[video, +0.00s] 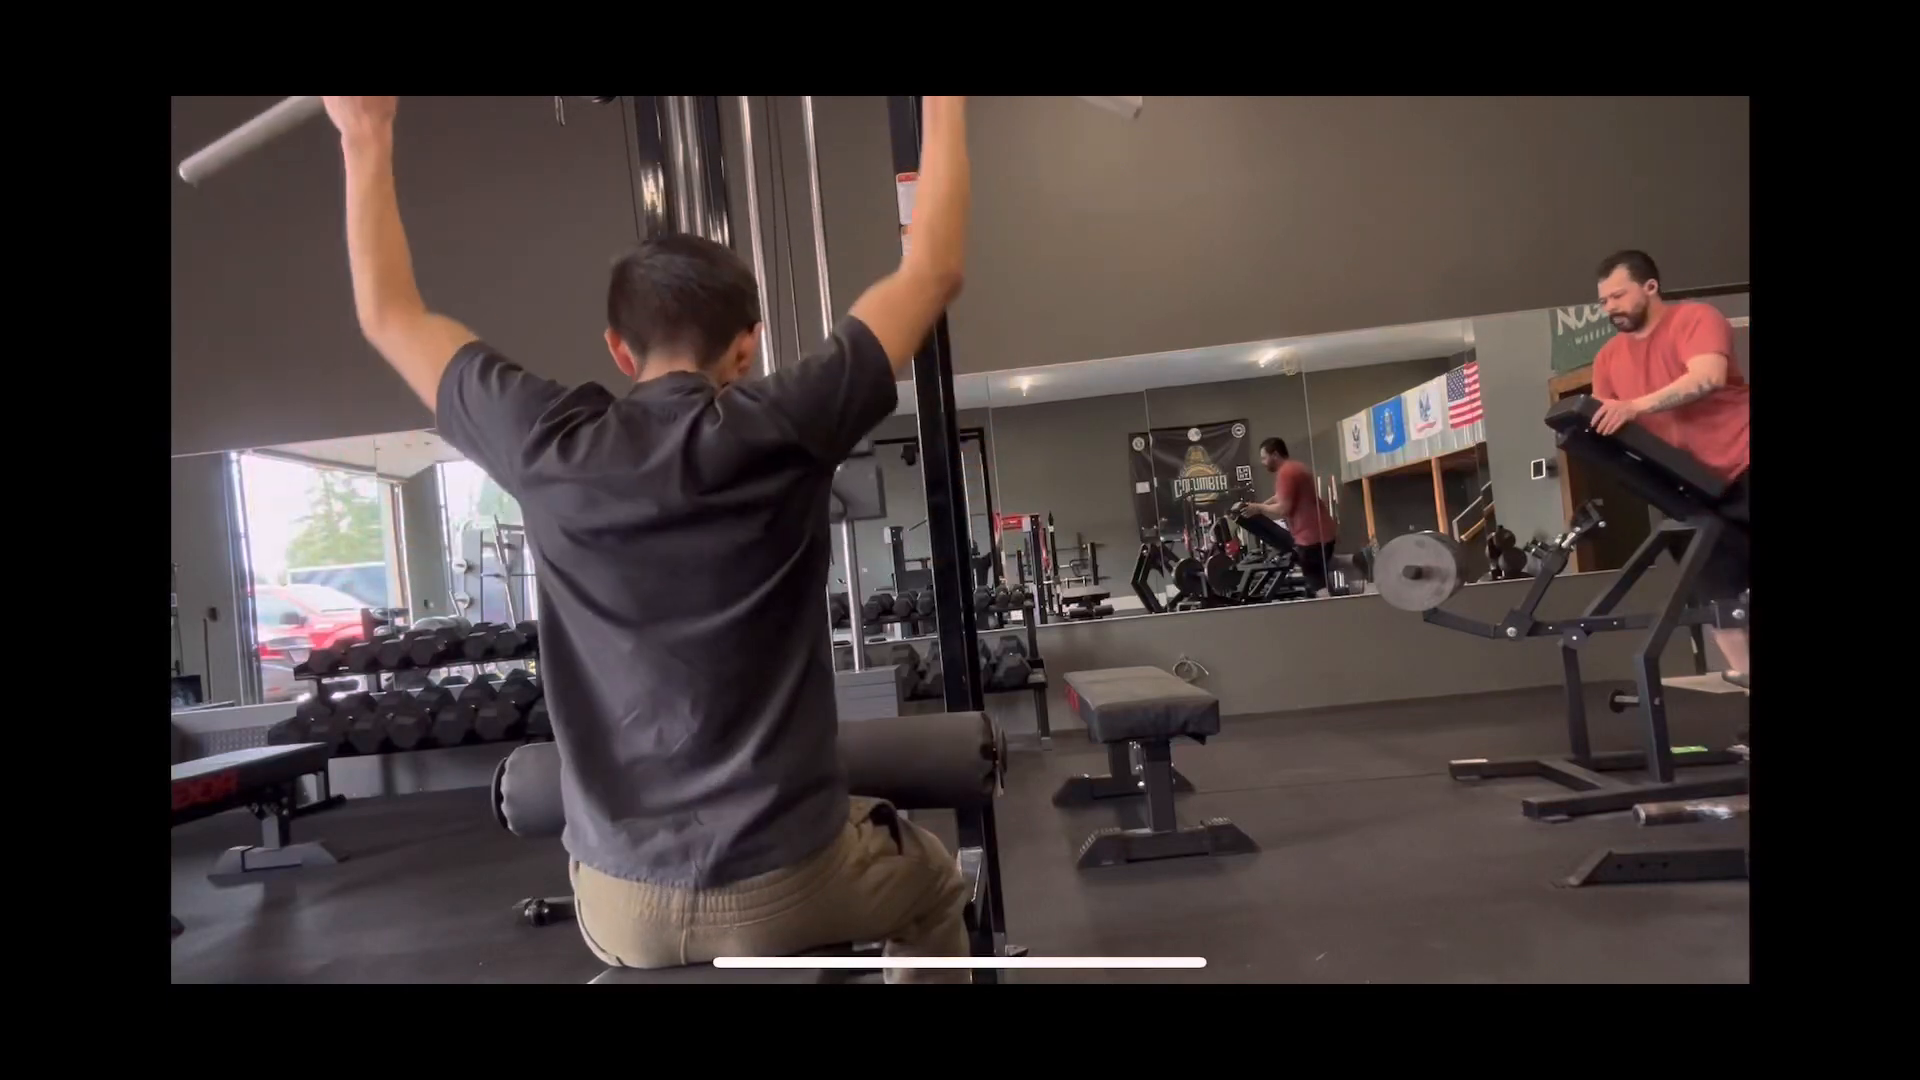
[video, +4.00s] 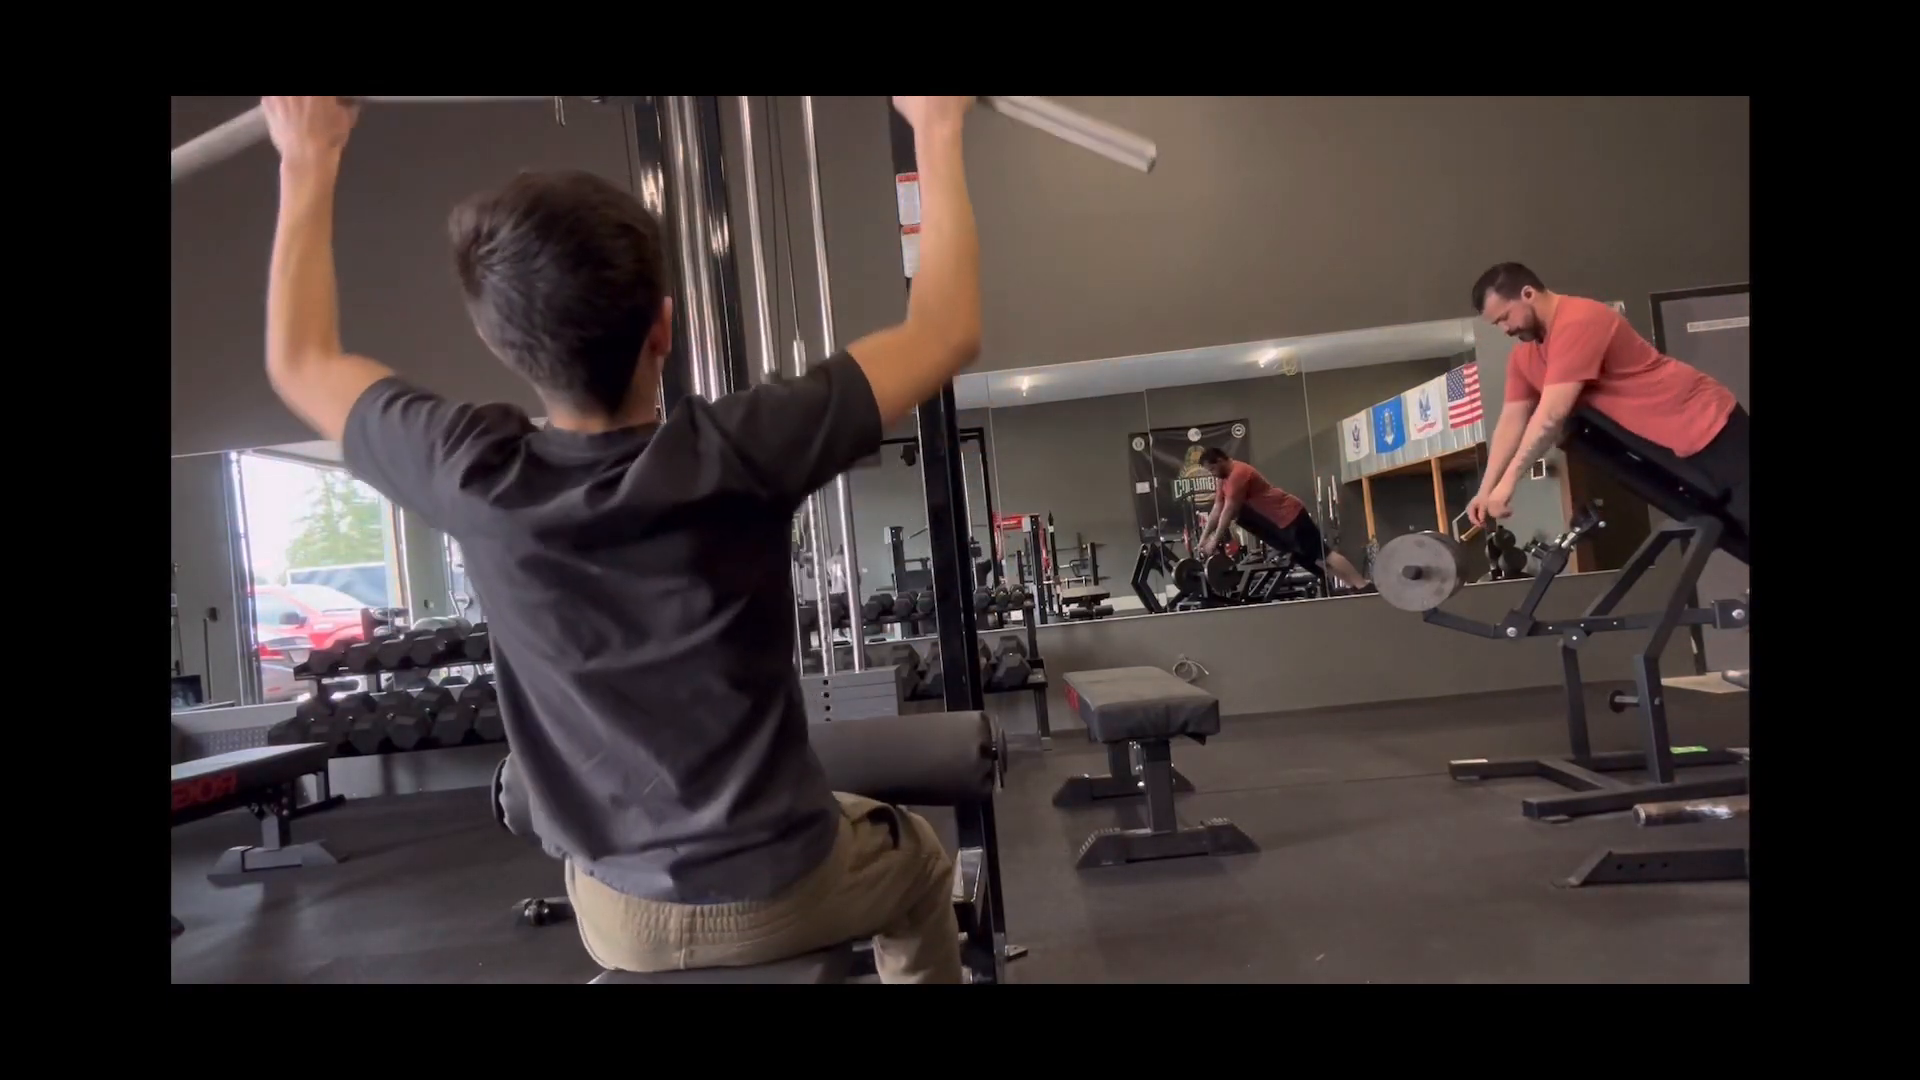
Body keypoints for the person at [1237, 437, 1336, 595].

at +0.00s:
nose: (1262, 462)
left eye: (1264, 457)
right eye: (1262, 458)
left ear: (1275, 454)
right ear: (1277, 454)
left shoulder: (1287, 471)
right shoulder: (1293, 468)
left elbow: (1284, 508)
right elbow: (1279, 498)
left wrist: (1258, 509)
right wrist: (1258, 507)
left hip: (1312, 538)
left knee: (1316, 586)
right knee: (1318, 585)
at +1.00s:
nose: (1241, 445)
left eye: (1243, 440)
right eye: (1239, 442)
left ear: (1254, 434)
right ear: (1242, 442)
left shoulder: (1274, 447)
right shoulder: (1256, 458)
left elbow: (1277, 480)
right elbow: (1260, 485)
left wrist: (1260, 505)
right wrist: (1253, 506)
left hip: (1309, 508)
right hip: (1294, 514)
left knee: (1323, 553)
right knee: (1312, 557)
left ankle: (1365, 575)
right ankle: (1356, 578)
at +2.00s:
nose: (1209, 480)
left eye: (1209, 476)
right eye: (1206, 478)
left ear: (1216, 467)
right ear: (1211, 472)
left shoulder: (1239, 477)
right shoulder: (1228, 484)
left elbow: (1265, 488)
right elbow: (1246, 504)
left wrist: (1263, 519)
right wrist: (1238, 514)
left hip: (1291, 517)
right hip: (1278, 526)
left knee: (1323, 555)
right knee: (1317, 561)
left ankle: (1367, 574)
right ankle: (1358, 578)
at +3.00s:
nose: (1207, 490)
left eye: (1206, 485)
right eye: (1203, 487)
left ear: (1213, 474)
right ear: (1207, 478)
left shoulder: (1237, 481)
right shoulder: (1223, 482)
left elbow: (1262, 507)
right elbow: (1206, 502)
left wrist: (1260, 542)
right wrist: (1203, 496)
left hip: (1288, 514)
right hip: (1274, 523)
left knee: (1322, 553)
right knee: (1313, 560)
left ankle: (1363, 581)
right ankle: (1354, 582)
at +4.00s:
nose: (1211, 473)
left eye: (1211, 468)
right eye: (1208, 470)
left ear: (1221, 460)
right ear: (1212, 466)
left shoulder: (1238, 473)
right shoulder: (1223, 479)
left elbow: (1230, 509)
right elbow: (1217, 508)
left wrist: (1215, 538)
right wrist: (1205, 535)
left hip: (1291, 513)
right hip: (1281, 522)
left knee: (1323, 553)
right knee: (1317, 560)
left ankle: (1363, 584)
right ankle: (1354, 585)